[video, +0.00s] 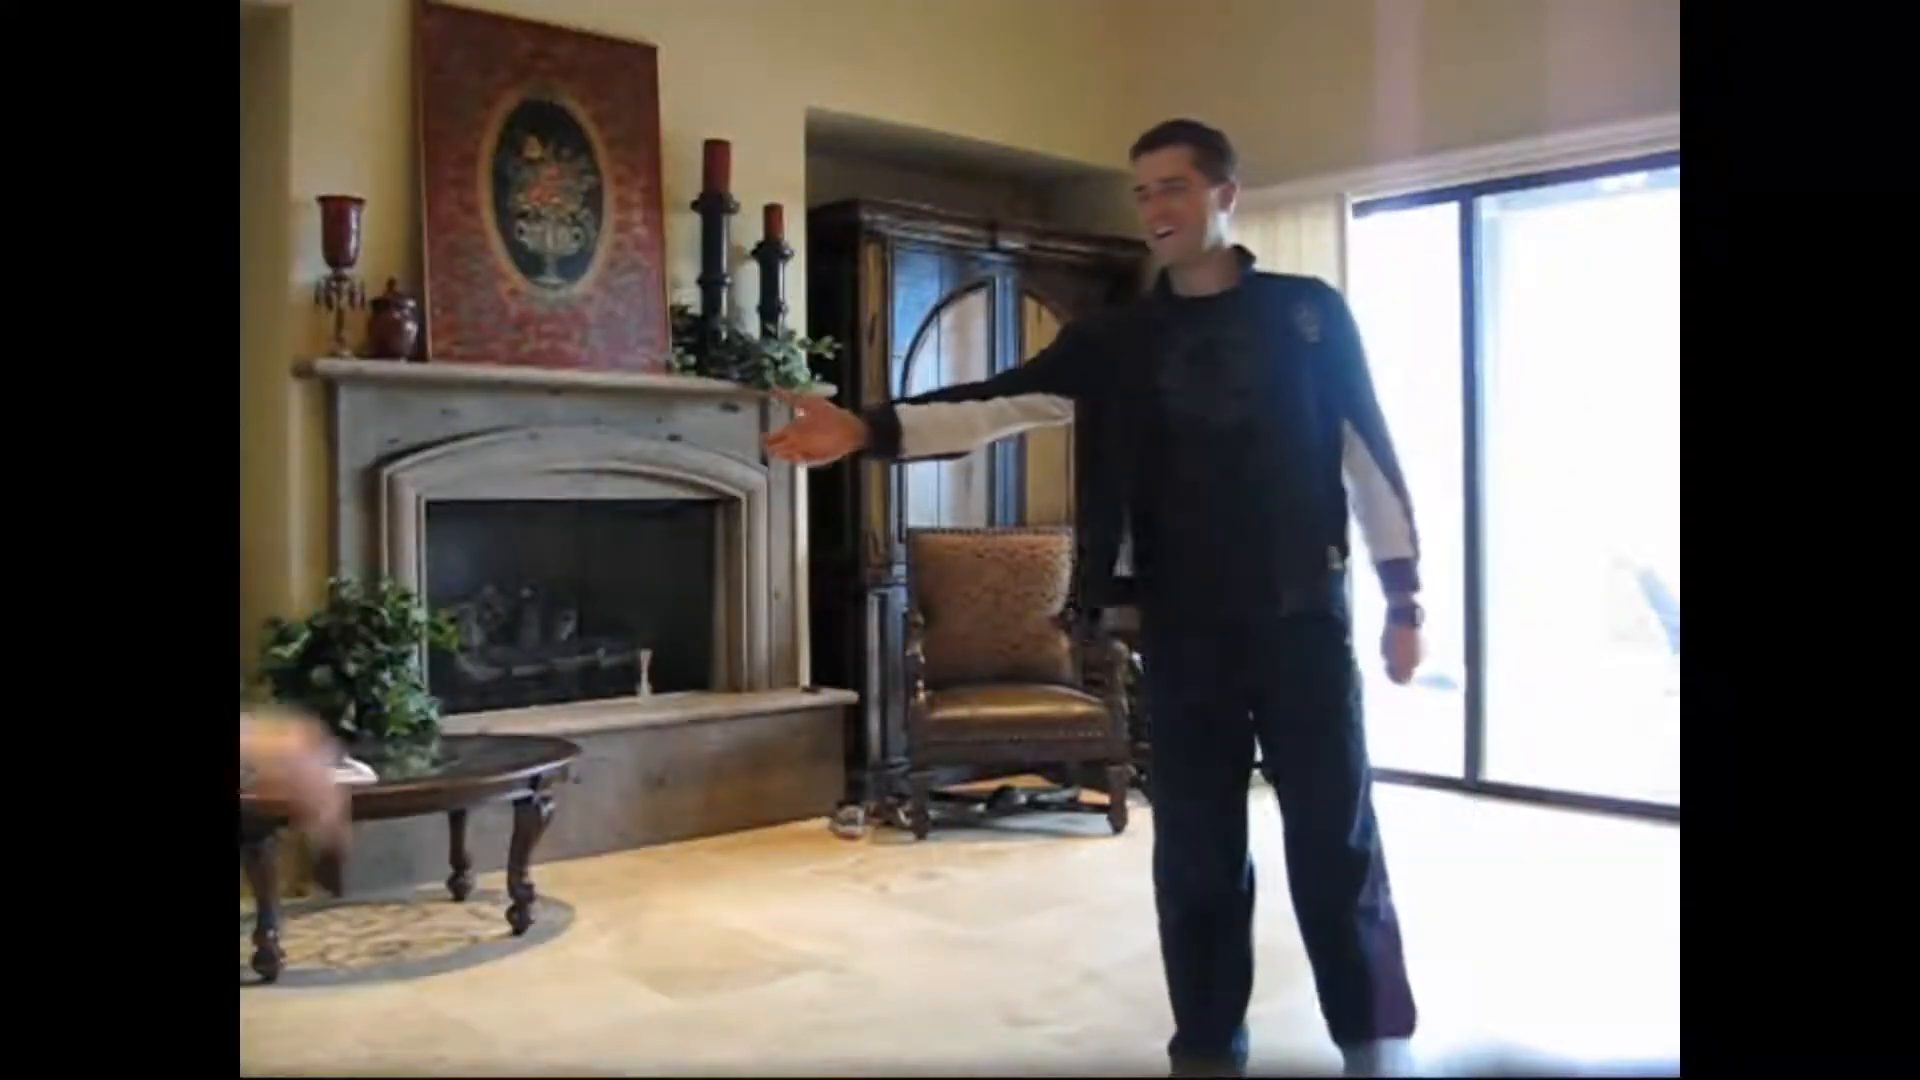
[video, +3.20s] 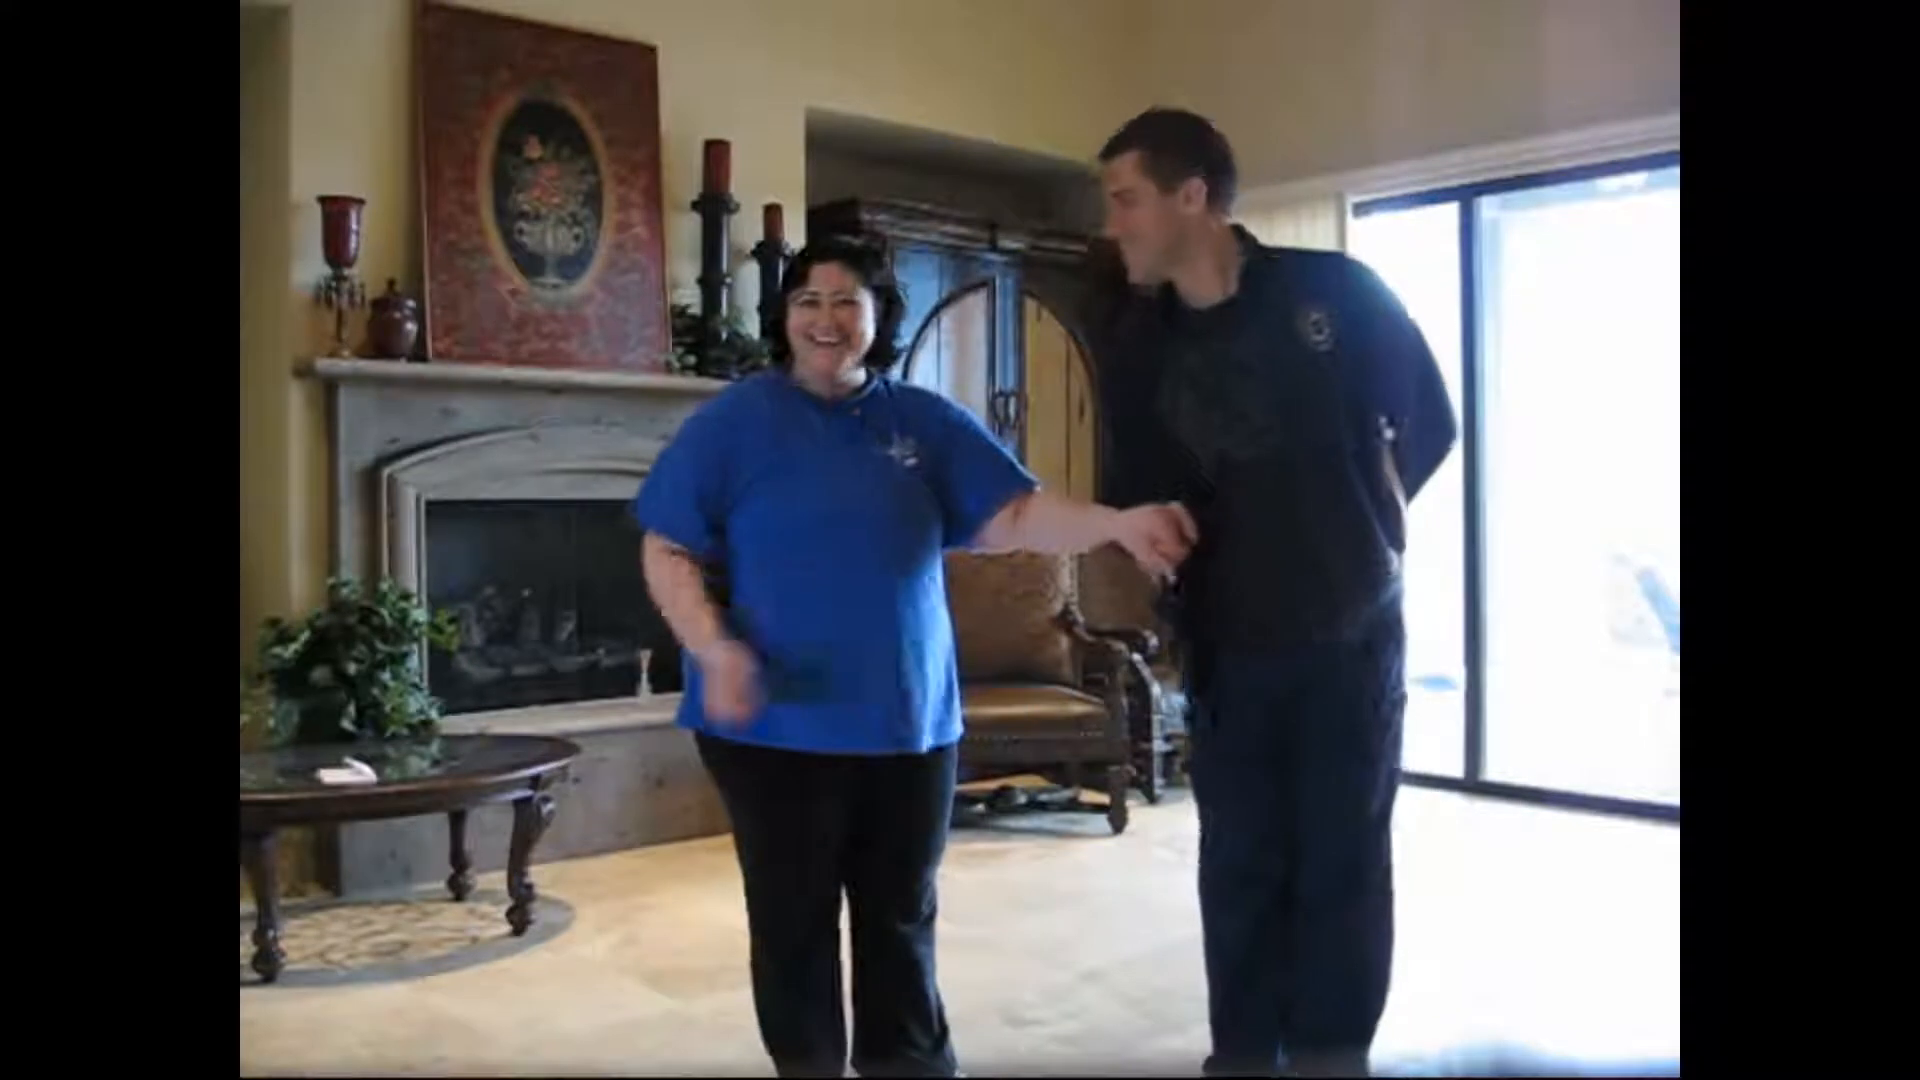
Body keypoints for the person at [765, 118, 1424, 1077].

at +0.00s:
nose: (1153, 209)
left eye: (1171, 189)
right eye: (1142, 195)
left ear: (1226, 194)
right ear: (1137, 209)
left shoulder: (1308, 311)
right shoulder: (1115, 337)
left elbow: (1370, 459)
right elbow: (993, 405)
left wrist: (1402, 598)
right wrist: (866, 429)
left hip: (1303, 627)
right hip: (1185, 633)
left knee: (1337, 851)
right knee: (1196, 862)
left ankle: (1374, 1050)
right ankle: (1206, 1055)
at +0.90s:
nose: (1211, 205)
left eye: (1228, 187)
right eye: (1190, 189)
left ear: (1256, 197)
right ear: (1160, 205)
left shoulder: (1318, 315)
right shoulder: (1123, 338)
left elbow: (1384, 474)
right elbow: (1041, 471)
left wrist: (1367, 597)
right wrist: (955, 507)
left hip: (1315, 626)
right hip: (1190, 634)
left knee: (1344, 855)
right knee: (1202, 859)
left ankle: (1359, 1056)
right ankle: (1207, 1053)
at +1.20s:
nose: (1286, 243)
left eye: (1296, 222)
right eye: (1263, 226)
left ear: (1314, 203)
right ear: (1220, 215)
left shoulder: (1365, 312)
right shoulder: (1169, 331)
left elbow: (1447, 445)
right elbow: (1128, 450)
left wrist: (1318, 445)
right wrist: (1090, 488)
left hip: (1334, 635)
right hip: (1213, 632)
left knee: (1328, 859)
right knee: (1210, 855)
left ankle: (1318, 1056)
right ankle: (1207, 1054)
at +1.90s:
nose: (1292, 181)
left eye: (1308, 160)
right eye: (1270, 167)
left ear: (1342, 173)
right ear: (1247, 189)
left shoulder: (1420, 303)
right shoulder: (1210, 325)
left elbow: (1481, 471)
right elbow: (1188, 469)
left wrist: (1410, 571)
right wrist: (1181, 476)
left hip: (1373, 636)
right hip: (1252, 637)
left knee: (1360, 865)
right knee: (1256, 860)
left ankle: (1338, 1059)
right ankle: (1250, 1055)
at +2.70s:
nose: (1158, 258)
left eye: (1171, 228)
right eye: (1134, 248)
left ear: (1219, 228)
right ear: (1125, 271)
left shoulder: (1353, 314)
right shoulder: (1146, 385)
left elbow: (1446, 431)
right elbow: (1141, 504)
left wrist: (1378, 519)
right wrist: (1174, 531)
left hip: (1378, 632)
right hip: (1253, 640)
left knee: (1362, 859)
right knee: (1262, 859)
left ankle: (1342, 1057)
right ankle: (1247, 1058)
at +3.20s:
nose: (1110, 224)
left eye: (1124, 199)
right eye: (1107, 203)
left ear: (1195, 195)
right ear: (1168, 204)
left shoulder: (1335, 287)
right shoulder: (1133, 344)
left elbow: (1430, 423)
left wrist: (1359, 518)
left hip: (1346, 628)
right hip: (1225, 633)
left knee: (1340, 860)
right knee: (1239, 863)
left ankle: (1330, 1059)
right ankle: (1241, 1058)